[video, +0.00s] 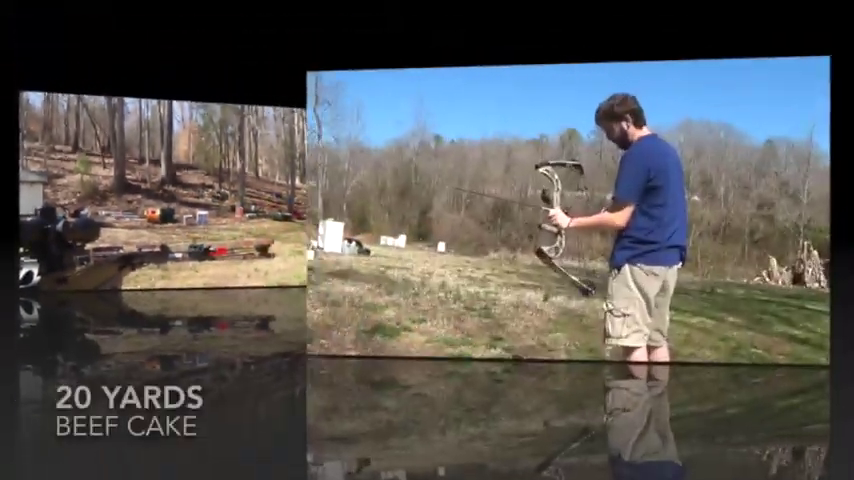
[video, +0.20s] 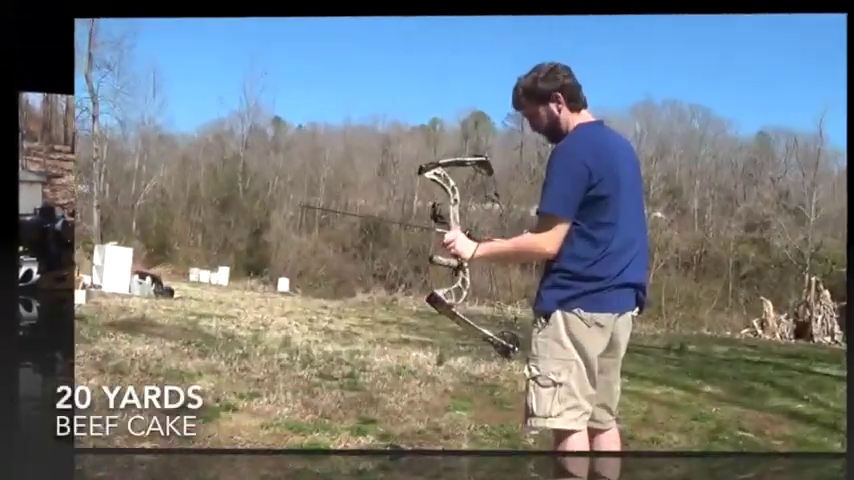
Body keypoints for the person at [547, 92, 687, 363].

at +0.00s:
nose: (609, 138)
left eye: (609, 131)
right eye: (606, 132)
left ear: (626, 122)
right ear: (631, 121)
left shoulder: (637, 155)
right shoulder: (665, 151)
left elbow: (618, 218)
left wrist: (569, 222)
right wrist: (614, 209)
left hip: (639, 261)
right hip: (668, 260)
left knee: (633, 342)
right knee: (656, 340)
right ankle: (658, 400)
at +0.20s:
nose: (532, 127)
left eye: (532, 117)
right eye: (528, 119)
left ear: (557, 103)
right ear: (564, 103)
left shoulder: (574, 150)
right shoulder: (618, 146)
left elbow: (546, 243)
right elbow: (595, 234)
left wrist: (475, 249)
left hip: (576, 306)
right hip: (618, 304)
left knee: (567, 422)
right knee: (602, 418)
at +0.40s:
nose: (514, 129)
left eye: (511, 117)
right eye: (508, 120)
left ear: (537, 99)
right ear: (543, 98)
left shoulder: (556, 149)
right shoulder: (607, 143)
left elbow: (530, 252)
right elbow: (580, 239)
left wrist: (452, 261)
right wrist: (508, 244)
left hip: (560, 320)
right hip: (608, 317)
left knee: (551, 451)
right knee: (588, 447)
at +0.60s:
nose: (513, 130)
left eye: (510, 119)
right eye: (507, 121)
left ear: (536, 101)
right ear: (544, 99)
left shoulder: (557, 149)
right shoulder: (607, 142)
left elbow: (536, 253)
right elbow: (586, 238)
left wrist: (458, 262)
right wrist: (516, 244)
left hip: (562, 320)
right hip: (609, 317)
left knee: (553, 452)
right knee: (589, 448)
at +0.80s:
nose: (512, 131)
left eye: (510, 119)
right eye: (506, 122)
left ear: (536, 103)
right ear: (544, 99)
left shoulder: (560, 150)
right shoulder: (605, 140)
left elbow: (538, 256)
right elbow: (592, 228)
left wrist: (461, 264)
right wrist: (534, 226)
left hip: (564, 320)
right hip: (610, 316)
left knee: (554, 453)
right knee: (589, 448)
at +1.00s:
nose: (515, 135)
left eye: (513, 123)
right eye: (509, 126)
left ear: (539, 106)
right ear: (545, 102)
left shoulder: (564, 153)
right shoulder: (606, 137)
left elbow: (542, 257)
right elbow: (584, 217)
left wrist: (464, 268)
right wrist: (524, 221)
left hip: (566, 319)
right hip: (611, 315)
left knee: (555, 452)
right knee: (589, 447)